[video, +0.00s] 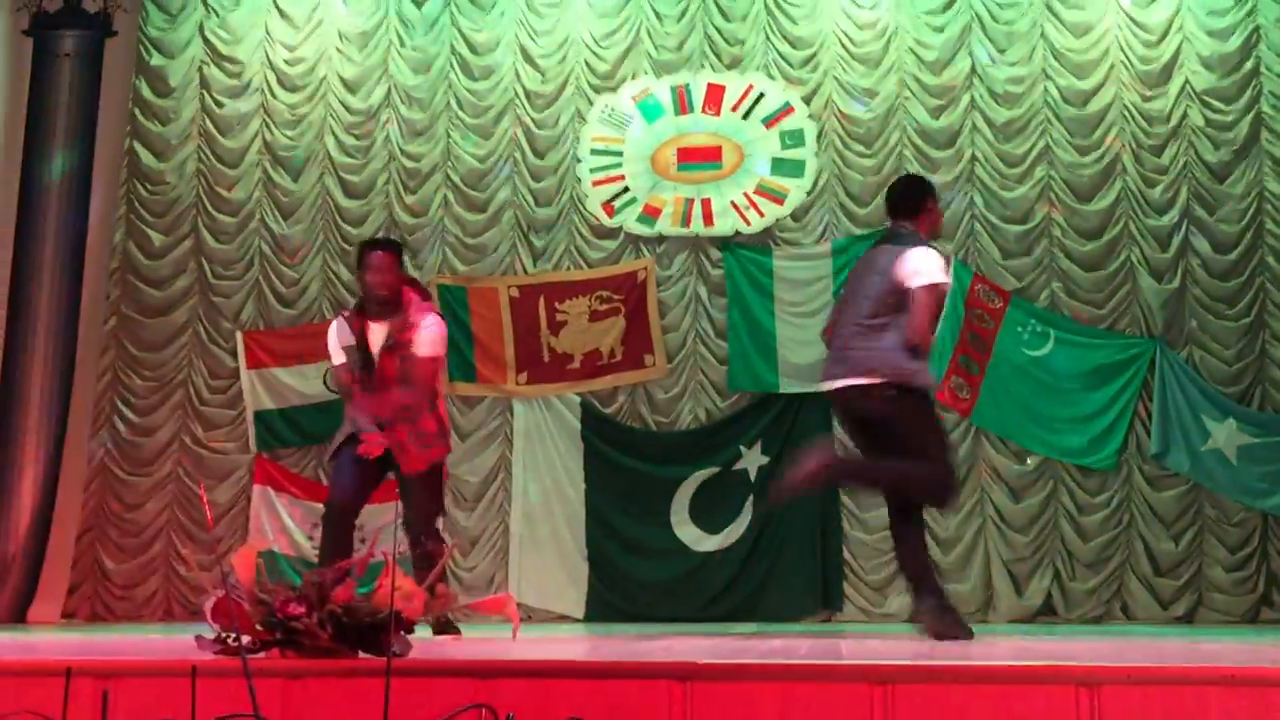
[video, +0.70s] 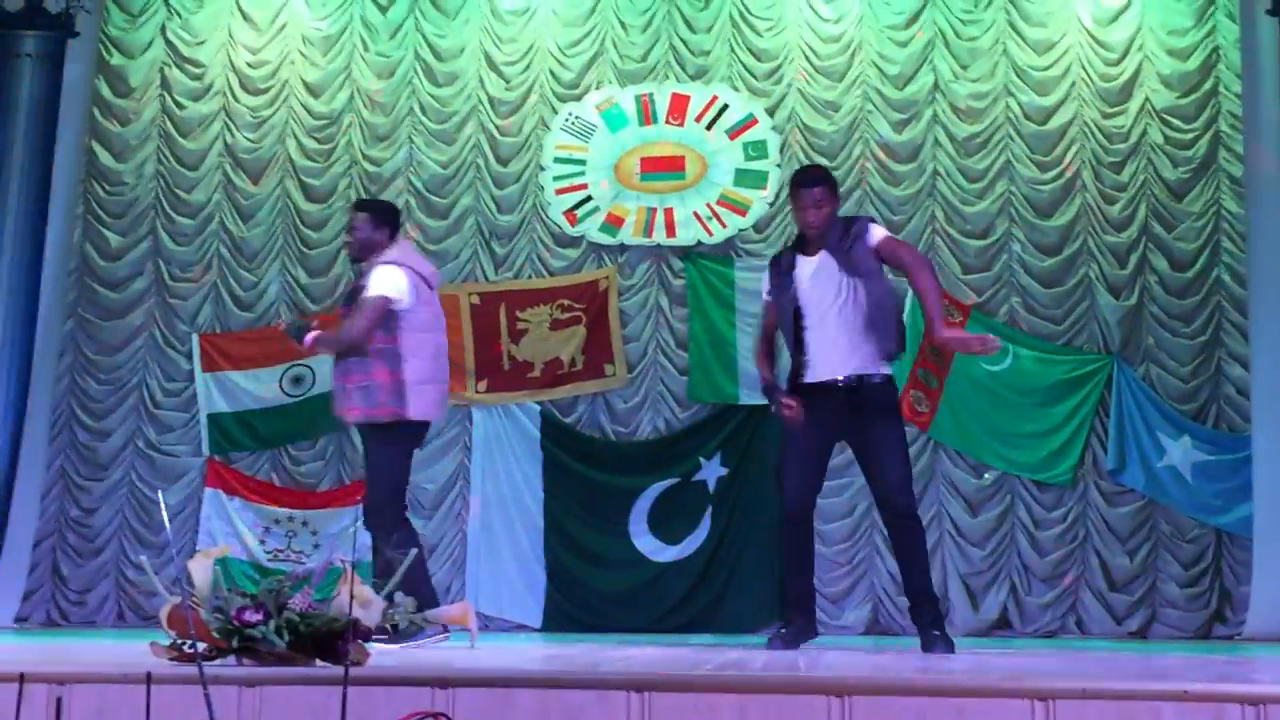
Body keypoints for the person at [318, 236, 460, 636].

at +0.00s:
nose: (380, 280)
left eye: (388, 271)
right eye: (372, 271)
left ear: (401, 276)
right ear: (359, 276)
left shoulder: (427, 325)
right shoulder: (343, 327)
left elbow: (418, 393)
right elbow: (350, 393)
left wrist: (369, 413)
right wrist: (367, 424)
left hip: (418, 438)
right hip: (367, 437)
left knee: (422, 526)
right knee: (339, 506)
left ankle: (439, 614)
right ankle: (327, 605)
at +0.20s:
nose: (457, 255)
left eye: (453, 247)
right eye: (449, 247)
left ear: (427, 255)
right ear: (428, 254)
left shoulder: (421, 295)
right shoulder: (402, 296)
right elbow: (375, 378)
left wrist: (474, 373)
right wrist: (418, 431)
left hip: (394, 418)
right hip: (368, 417)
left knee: (448, 512)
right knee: (402, 501)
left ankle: (403, 595)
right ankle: (335, 585)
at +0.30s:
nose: (437, 255)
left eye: (435, 249)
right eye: (436, 248)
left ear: (394, 249)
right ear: (429, 248)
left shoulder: (365, 296)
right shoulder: (429, 284)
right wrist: (450, 386)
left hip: (370, 415)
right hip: (407, 407)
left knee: (417, 509)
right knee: (445, 506)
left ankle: (401, 595)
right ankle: (376, 568)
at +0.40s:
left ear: (362, 244)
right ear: (404, 243)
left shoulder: (338, 289)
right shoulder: (428, 277)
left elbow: (327, 365)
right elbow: (478, 314)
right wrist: (483, 370)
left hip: (369, 415)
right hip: (424, 407)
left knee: (391, 512)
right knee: (443, 501)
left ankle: (404, 607)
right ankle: (425, 579)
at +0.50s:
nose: (336, 242)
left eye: (338, 236)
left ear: (342, 237)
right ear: (381, 235)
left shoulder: (336, 277)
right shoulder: (417, 272)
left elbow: (305, 349)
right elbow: (485, 306)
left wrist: (329, 374)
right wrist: (478, 368)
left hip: (370, 405)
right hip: (419, 401)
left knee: (376, 511)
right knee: (413, 501)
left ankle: (408, 615)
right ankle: (451, 597)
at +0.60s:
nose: (330, 240)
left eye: (335, 232)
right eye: (331, 232)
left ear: (355, 231)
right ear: (374, 231)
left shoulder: (355, 270)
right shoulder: (408, 265)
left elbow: (320, 339)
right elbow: (454, 309)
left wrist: (303, 352)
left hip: (383, 405)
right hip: (416, 404)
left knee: (376, 510)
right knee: (383, 506)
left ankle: (412, 613)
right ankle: (411, 608)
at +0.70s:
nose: (349, 238)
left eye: (357, 231)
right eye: (349, 230)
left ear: (383, 234)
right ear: (382, 235)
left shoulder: (388, 272)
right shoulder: (399, 268)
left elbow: (357, 334)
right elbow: (372, 333)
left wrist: (317, 340)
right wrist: (325, 330)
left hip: (393, 414)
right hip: (397, 413)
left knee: (385, 513)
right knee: (382, 513)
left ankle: (420, 611)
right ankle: (394, 610)